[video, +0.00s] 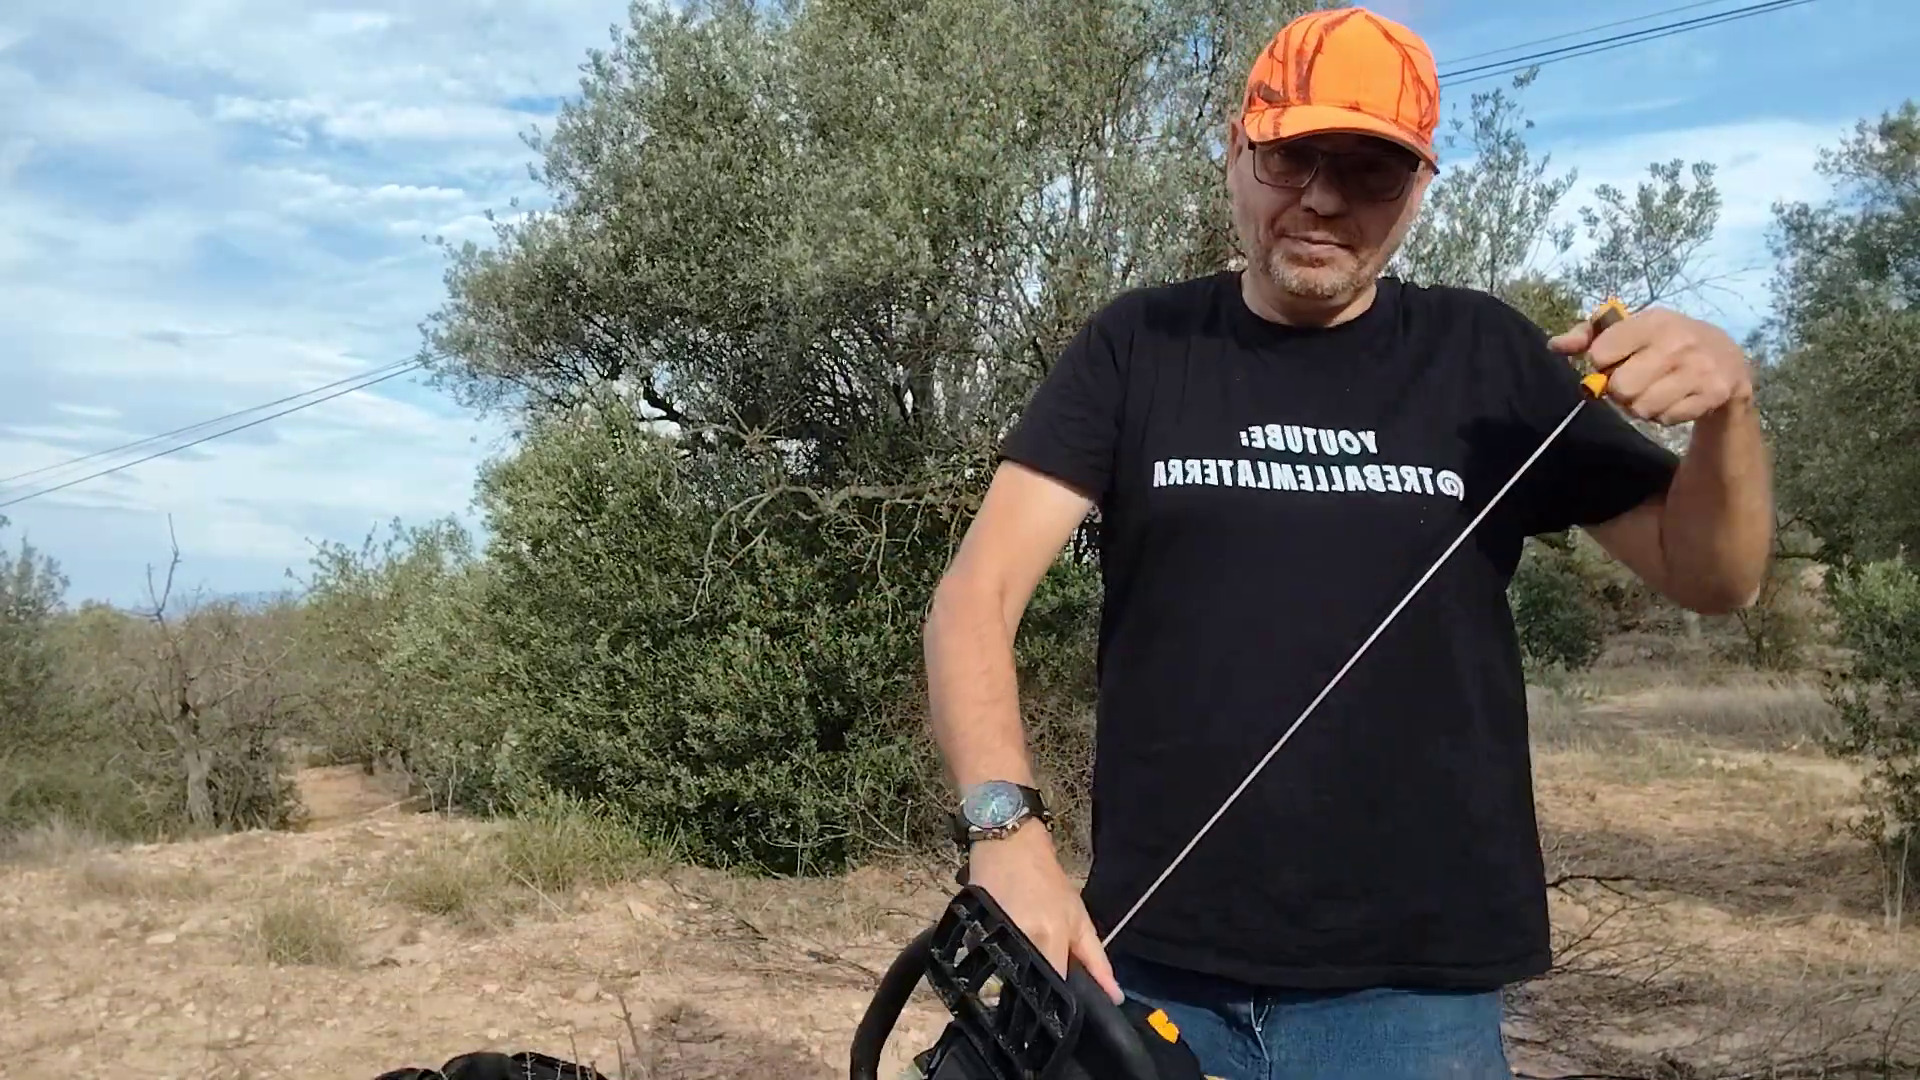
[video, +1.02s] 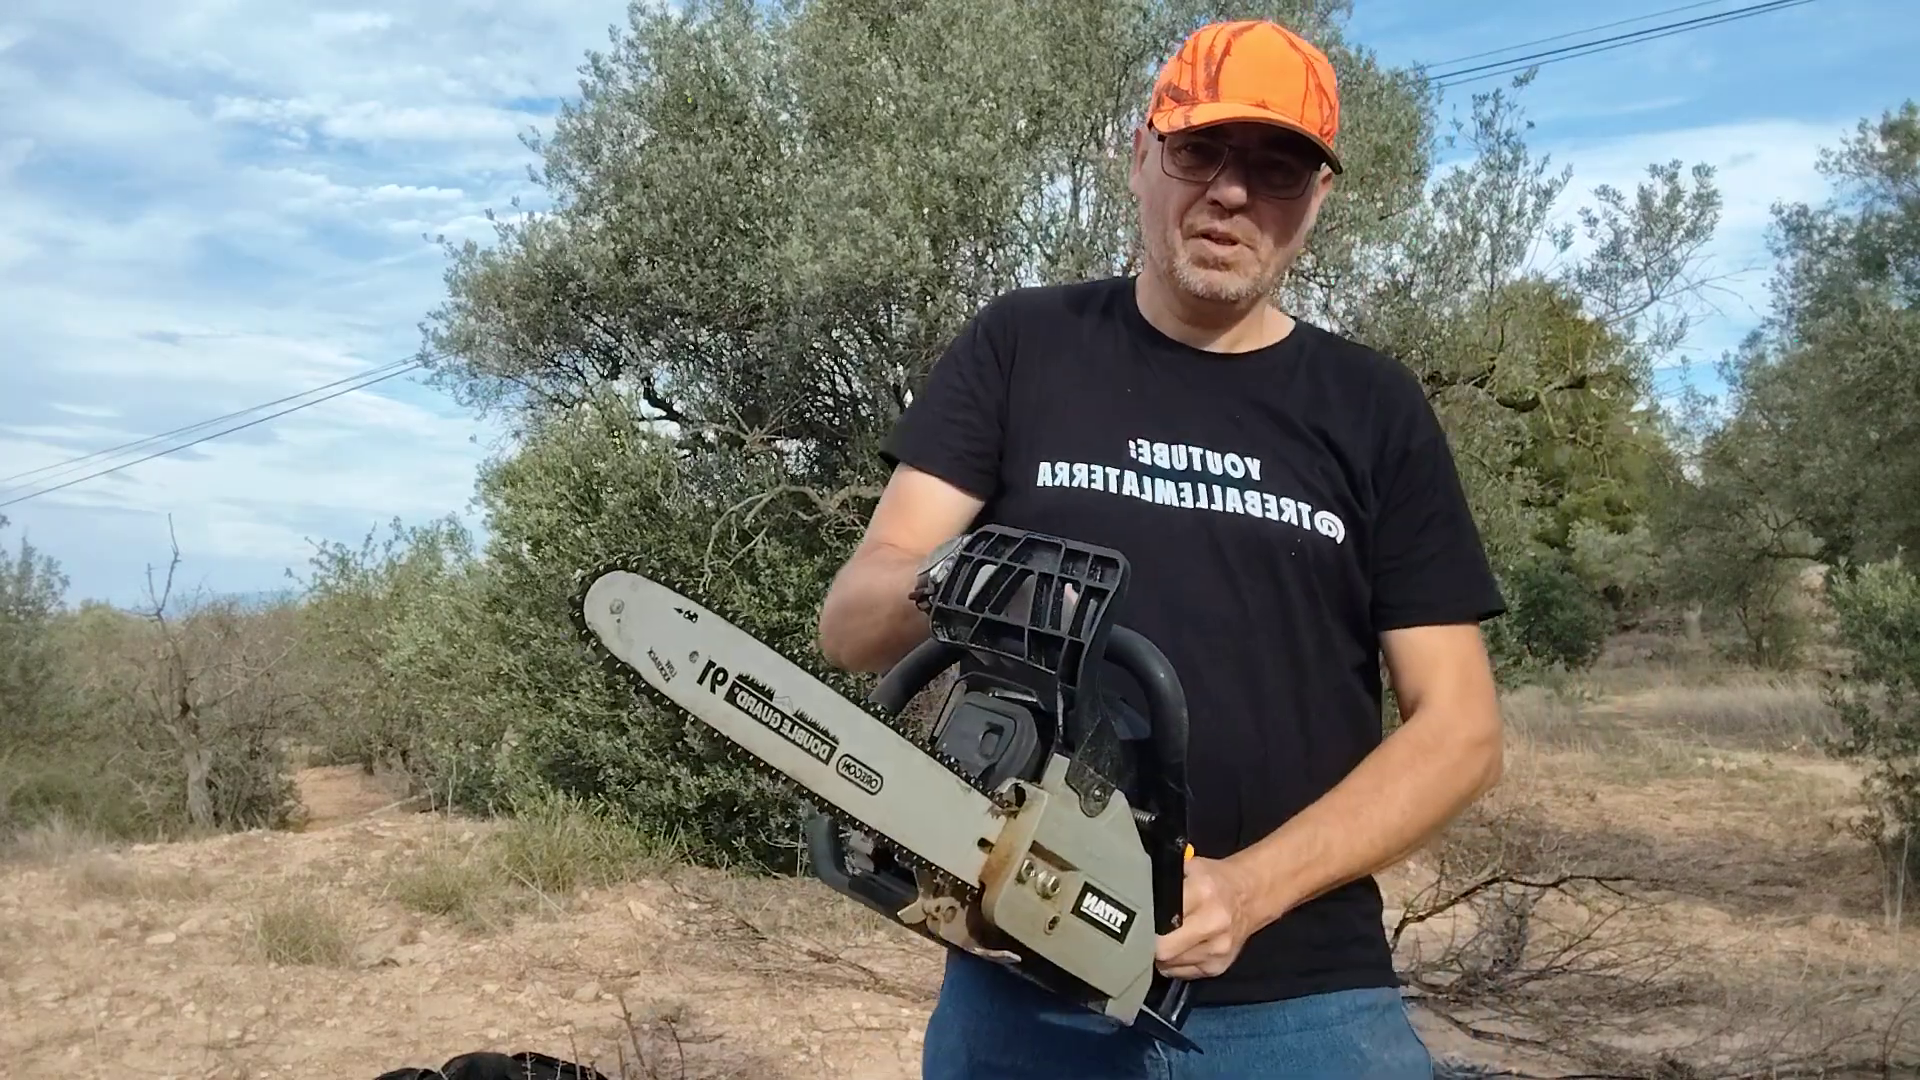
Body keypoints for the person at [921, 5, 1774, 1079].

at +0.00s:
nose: (1326, 199)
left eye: (1371, 169)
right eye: (1297, 158)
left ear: (1420, 188)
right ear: (1237, 157)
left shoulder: (1485, 353)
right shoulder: (1136, 347)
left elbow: (1709, 577)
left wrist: (1728, 399)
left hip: (1414, 998)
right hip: (1147, 985)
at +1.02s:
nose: (1229, 195)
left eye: (1274, 169)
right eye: (1199, 153)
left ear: (1318, 201)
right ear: (1139, 160)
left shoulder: (1375, 408)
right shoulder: (1019, 344)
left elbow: (1462, 729)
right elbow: (850, 625)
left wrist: (1249, 888)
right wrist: (964, 578)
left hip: (1305, 1003)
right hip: (1025, 987)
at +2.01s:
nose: (1472, 131)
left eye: (1527, 92)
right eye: (1431, 84)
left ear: (1580, 117)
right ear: (1360, 97)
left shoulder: (1689, 368)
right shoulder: (1238, 327)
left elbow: (1840, 768)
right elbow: (1104, 656)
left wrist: (1540, 955)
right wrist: (1200, 584)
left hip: (1582, 1049)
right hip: (1239, 1014)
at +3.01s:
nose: (1403, 107)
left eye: (1465, 63)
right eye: (1359, 52)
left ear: (1523, 86)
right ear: (1283, 63)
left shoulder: (1647, 356)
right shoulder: (1150, 317)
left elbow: (1806, 771)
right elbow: (1020, 643)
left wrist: (1557, 1000)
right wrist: (1170, 586)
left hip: (1552, 1046)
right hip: (1191, 1029)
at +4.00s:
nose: (1253, 113)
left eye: (1315, 47)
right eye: (1189, 58)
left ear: (1394, 36)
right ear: (1117, 71)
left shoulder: (1590, 367)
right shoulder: (1047, 337)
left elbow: (1786, 816)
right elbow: (916, 780)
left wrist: (1506, 1069)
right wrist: (1077, 670)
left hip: (1501, 1040)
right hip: (1138, 1033)